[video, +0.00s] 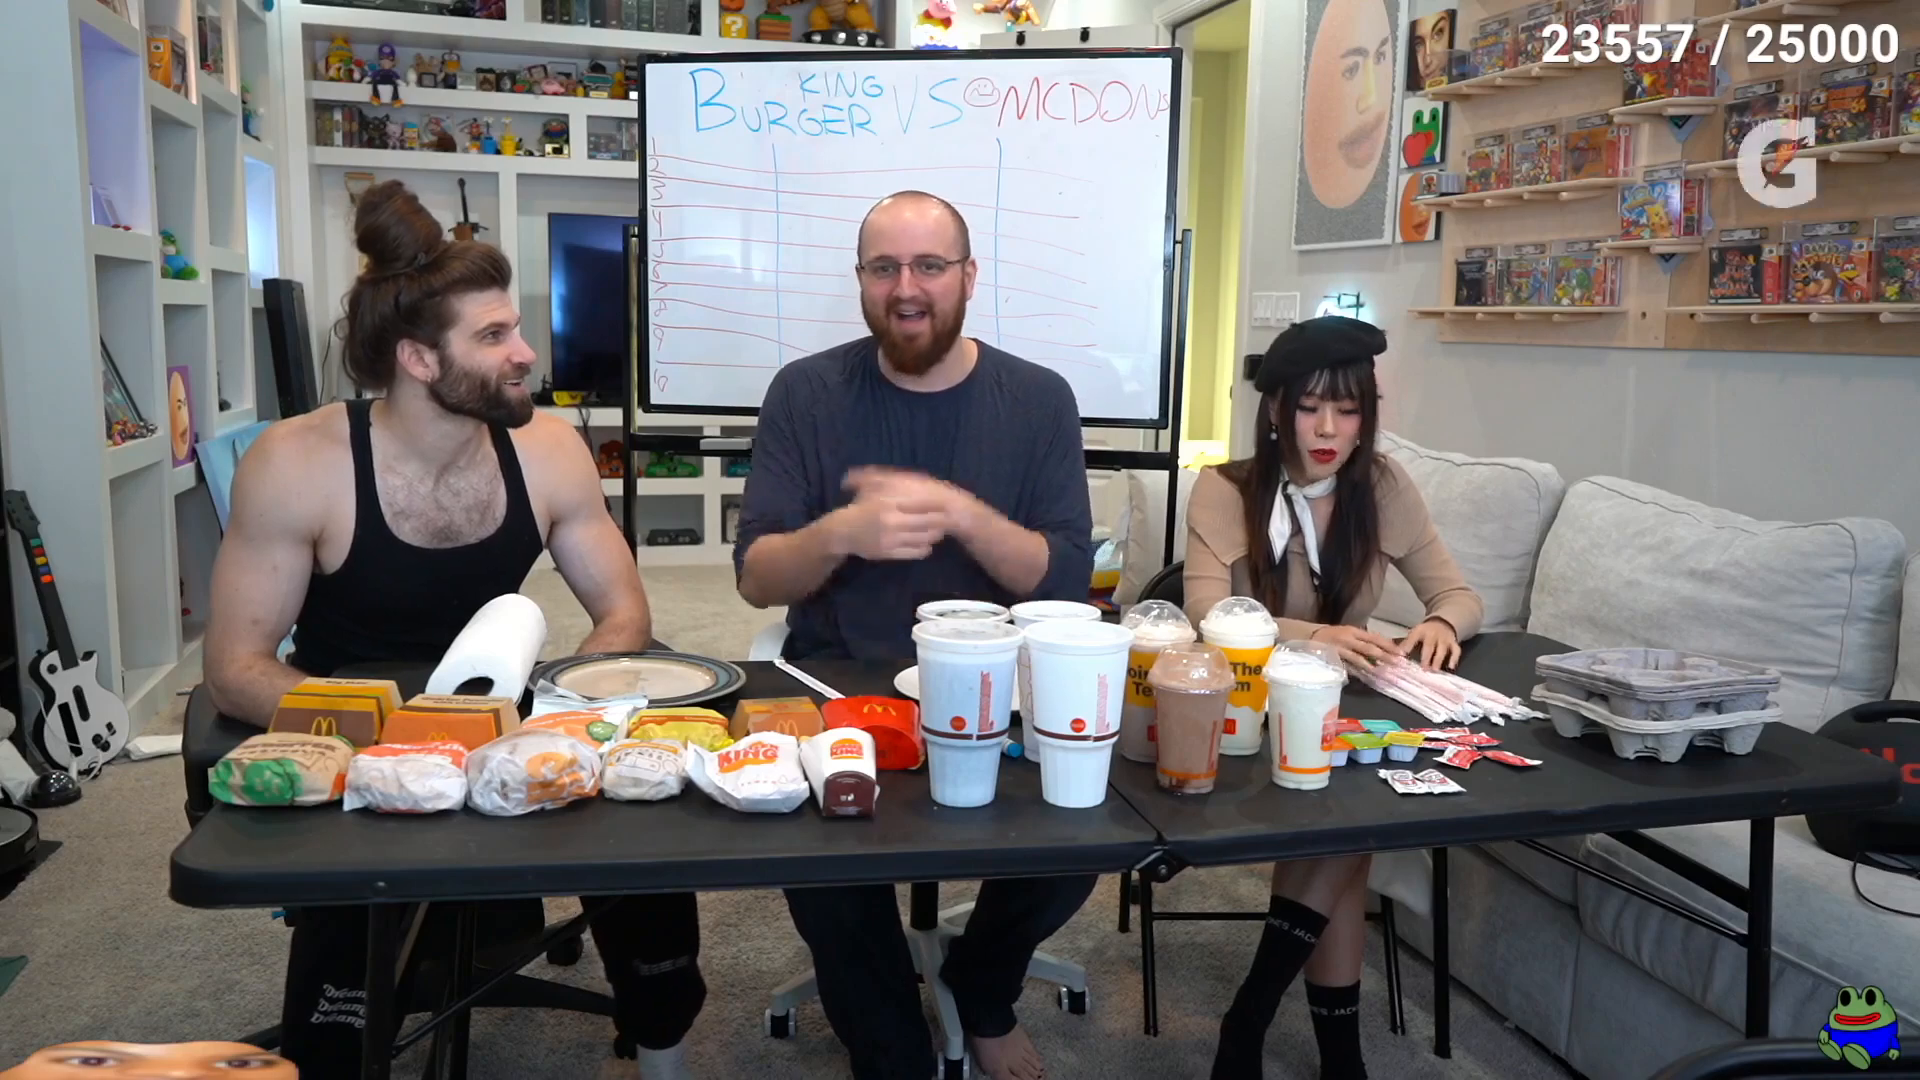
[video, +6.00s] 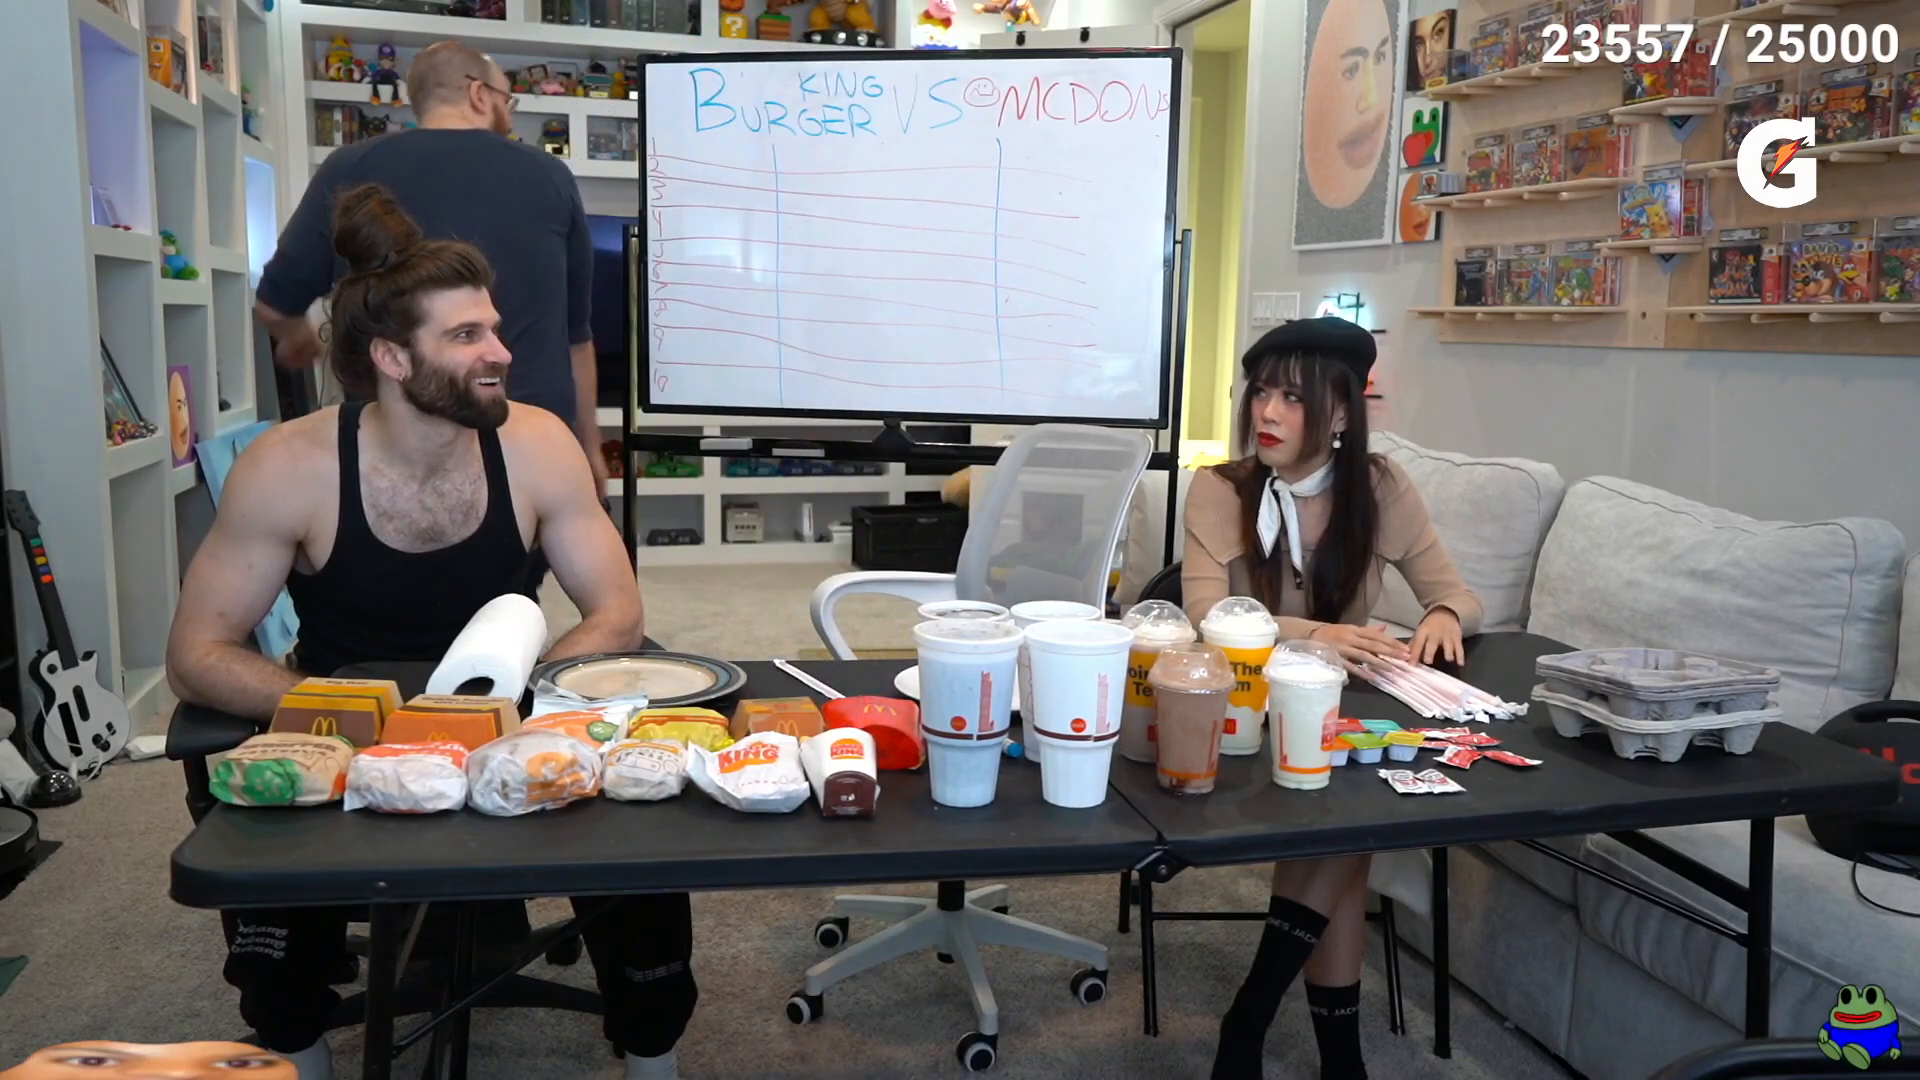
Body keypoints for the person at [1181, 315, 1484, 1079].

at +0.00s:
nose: (1328, 428)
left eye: (1347, 410)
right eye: (1310, 409)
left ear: (1367, 415)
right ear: (1277, 411)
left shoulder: (1384, 486)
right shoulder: (1224, 492)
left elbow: (1459, 594)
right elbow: (1210, 620)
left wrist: (1443, 620)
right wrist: (1314, 635)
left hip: (1340, 707)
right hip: (1243, 711)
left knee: (1343, 816)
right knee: (1350, 830)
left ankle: (1246, 1023)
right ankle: (1343, 1063)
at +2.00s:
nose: (1291, 419)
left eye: (1313, 400)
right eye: (1275, 399)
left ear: (1346, 412)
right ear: (1254, 408)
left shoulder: (1377, 482)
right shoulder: (1220, 492)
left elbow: (1453, 594)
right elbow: (1210, 621)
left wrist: (1449, 625)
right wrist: (1309, 635)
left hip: (1338, 704)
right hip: (1240, 709)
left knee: (1348, 815)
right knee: (1351, 831)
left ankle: (1244, 1025)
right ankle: (1343, 1065)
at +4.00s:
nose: (1299, 419)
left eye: (1320, 401)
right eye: (1282, 399)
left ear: (1350, 412)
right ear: (1258, 407)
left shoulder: (1379, 484)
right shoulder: (1221, 492)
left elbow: (1455, 595)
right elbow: (1210, 622)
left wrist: (1446, 625)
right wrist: (1307, 634)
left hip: (1337, 706)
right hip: (1242, 712)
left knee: (1348, 815)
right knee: (1351, 832)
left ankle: (1245, 1025)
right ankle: (1343, 1065)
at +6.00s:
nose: (1265, 411)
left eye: (1291, 397)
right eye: (1260, 392)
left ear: (1339, 413)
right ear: (1248, 396)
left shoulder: (1379, 484)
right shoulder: (1220, 489)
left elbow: (1456, 595)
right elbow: (1209, 618)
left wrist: (1443, 613)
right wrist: (1314, 633)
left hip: (1342, 706)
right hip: (1242, 710)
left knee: (1343, 817)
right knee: (1350, 831)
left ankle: (1245, 1026)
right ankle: (1343, 1064)